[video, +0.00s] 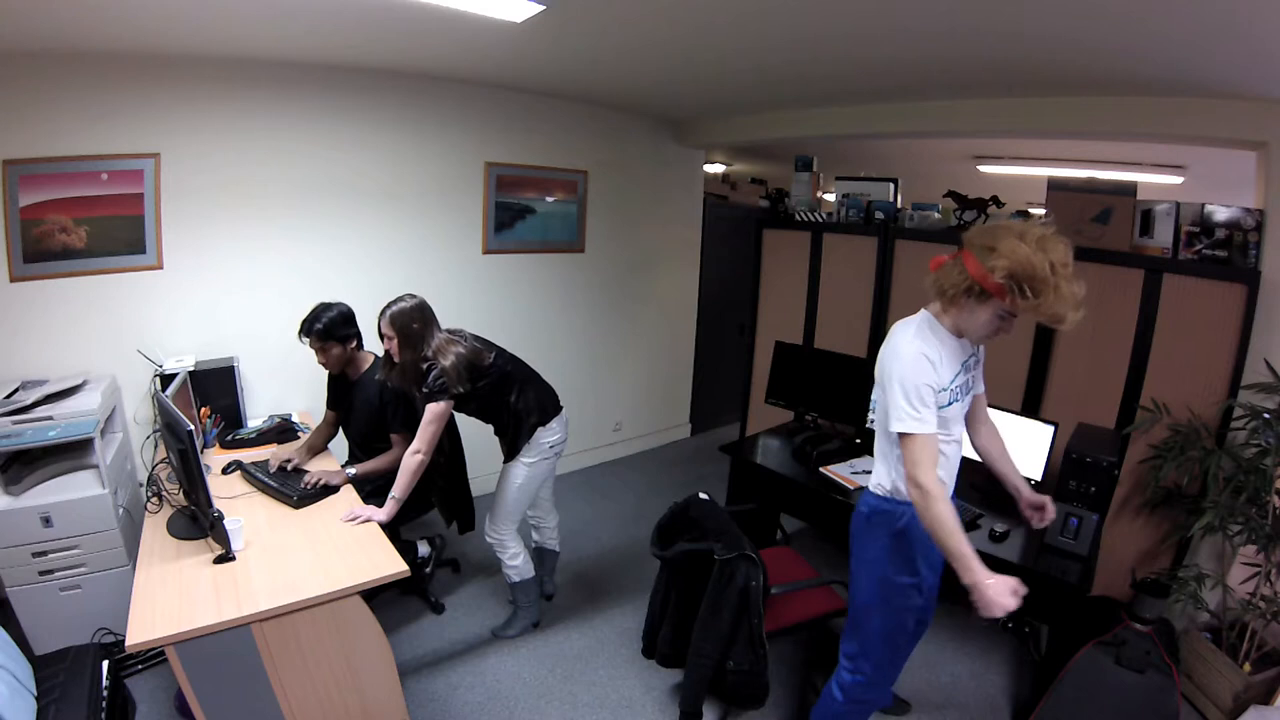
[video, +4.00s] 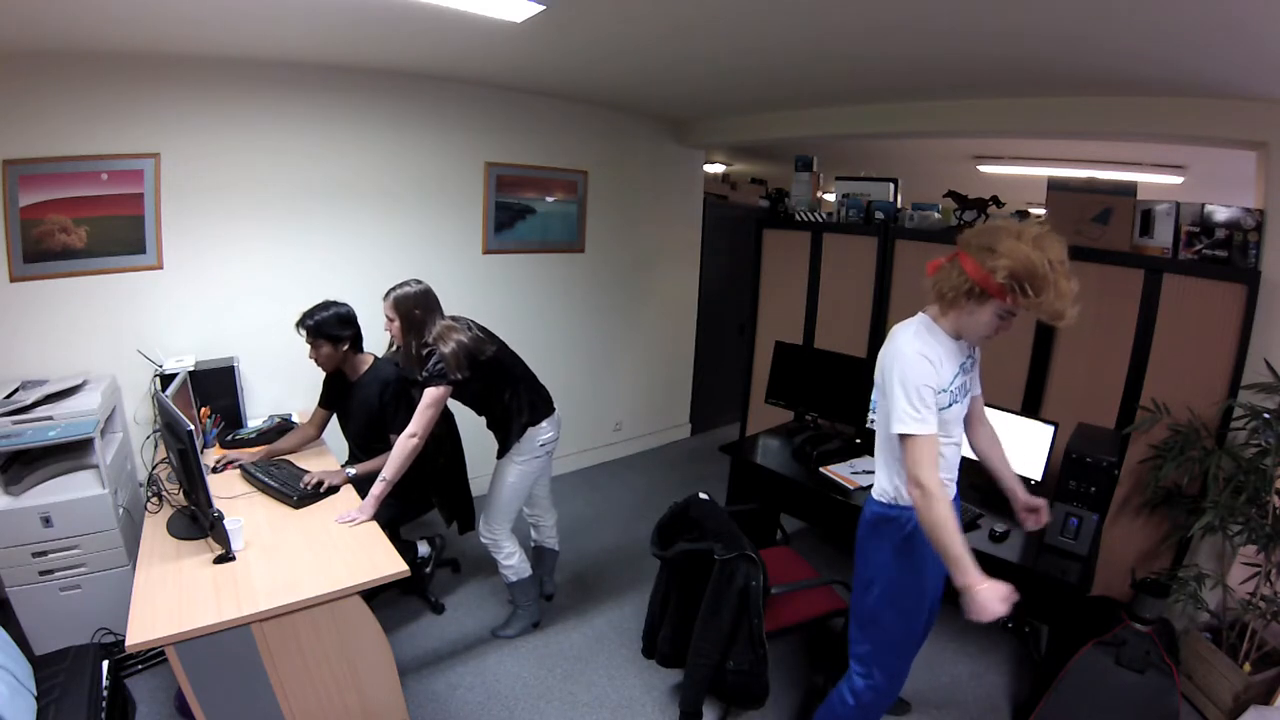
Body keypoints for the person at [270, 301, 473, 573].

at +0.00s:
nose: (319, 360)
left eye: (324, 351)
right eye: (315, 351)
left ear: (352, 344)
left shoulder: (388, 381)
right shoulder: (338, 374)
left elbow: (403, 450)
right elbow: (329, 424)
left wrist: (346, 474)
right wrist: (302, 452)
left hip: (402, 477)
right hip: (362, 474)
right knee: (318, 512)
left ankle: (419, 553)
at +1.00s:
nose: (319, 358)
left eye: (324, 349)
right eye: (315, 349)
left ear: (352, 342)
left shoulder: (390, 379)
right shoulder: (337, 375)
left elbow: (403, 451)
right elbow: (312, 424)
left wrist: (347, 473)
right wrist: (261, 450)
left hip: (401, 480)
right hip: (362, 476)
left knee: (339, 531)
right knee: (313, 513)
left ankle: (418, 553)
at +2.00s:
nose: (318, 357)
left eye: (324, 349)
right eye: (314, 349)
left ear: (351, 343)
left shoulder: (389, 381)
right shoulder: (337, 376)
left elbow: (403, 450)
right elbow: (311, 427)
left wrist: (347, 473)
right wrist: (262, 455)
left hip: (407, 479)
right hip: (363, 474)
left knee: (344, 533)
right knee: (316, 513)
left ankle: (417, 554)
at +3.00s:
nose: (312, 356)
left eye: (317, 347)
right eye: (311, 347)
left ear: (344, 345)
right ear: (338, 346)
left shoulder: (389, 381)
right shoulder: (337, 377)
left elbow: (405, 450)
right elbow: (312, 428)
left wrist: (347, 473)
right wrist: (260, 453)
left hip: (412, 477)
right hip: (371, 470)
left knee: (349, 531)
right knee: (320, 513)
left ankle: (418, 555)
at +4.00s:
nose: (311, 354)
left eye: (316, 346)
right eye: (310, 346)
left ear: (343, 344)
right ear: (339, 346)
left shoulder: (388, 381)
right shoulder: (337, 377)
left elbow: (404, 450)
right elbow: (312, 428)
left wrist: (347, 473)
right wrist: (260, 453)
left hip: (410, 478)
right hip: (368, 471)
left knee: (348, 533)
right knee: (318, 515)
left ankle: (419, 553)